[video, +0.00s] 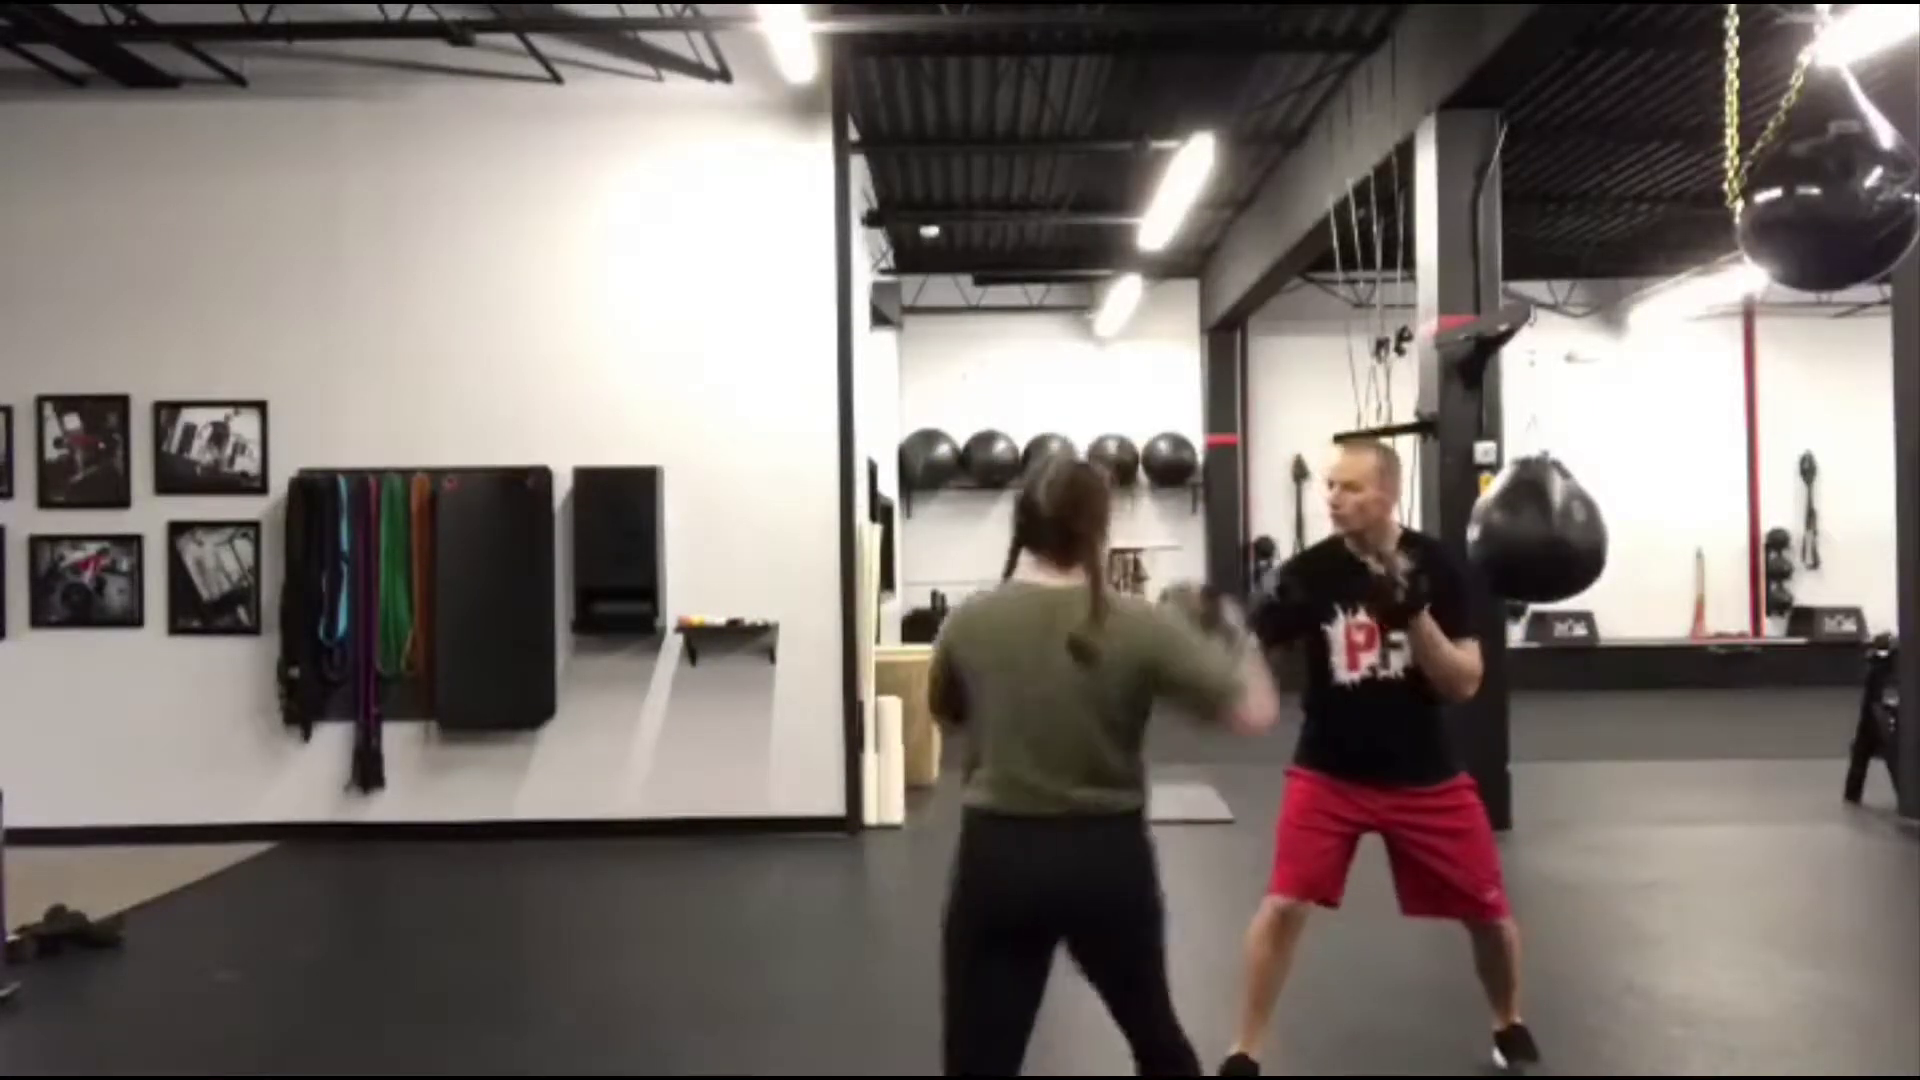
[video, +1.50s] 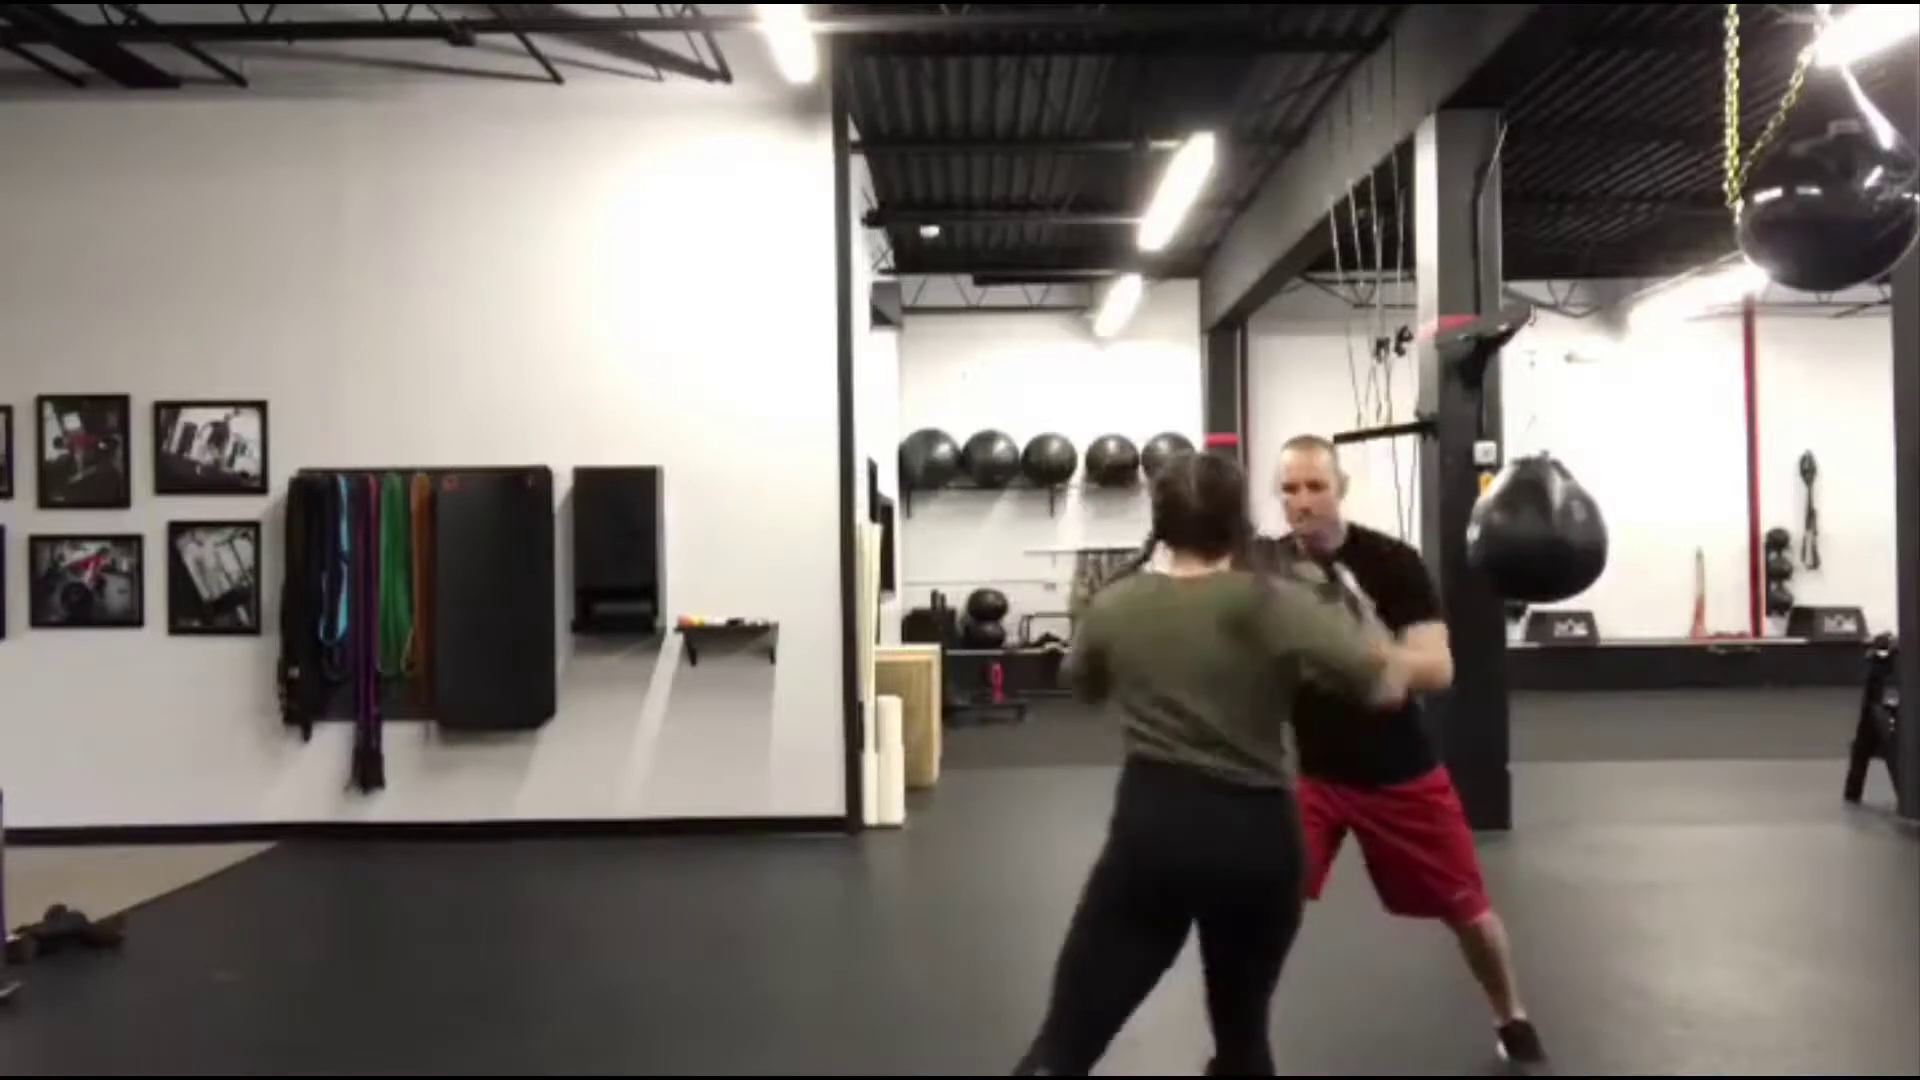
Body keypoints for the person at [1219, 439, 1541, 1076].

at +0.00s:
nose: (1335, 500)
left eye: (1349, 488)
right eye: (1331, 488)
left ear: (1389, 493)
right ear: (1327, 493)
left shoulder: (1439, 566)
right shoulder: (1310, 571)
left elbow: (1464, 680)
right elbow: (1253, 650)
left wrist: (1410, 615)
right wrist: (1258, 694)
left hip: (1429, 778)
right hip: (1327, 775)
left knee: (1491, 917)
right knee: (1284, 905)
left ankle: (1509, 1026)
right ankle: (1245, 1053)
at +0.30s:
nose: (1311, 488)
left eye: (1327, 477)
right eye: (1305, 477)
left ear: (1363, 487)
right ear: (1297, 486)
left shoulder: (1408, 557)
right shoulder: (1282, 566)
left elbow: (1439, 660)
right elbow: (1230, 639)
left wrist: (1384, 569)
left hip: (1409, 773)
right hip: (1308, 774)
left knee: (1479, 908)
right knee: (1276, 907)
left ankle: (1508, 1022)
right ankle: (1244, 1053)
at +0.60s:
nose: (1280, 492)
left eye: (1293, 480)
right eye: (1270, 480)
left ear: (1322, 485)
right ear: (1258, 485)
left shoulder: (1367, 552)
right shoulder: (1253, 564)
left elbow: (1376, 634)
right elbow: (1203, 636)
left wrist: (1327, 545)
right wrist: (1222, 550)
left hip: (1384, 778)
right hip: (1285, 775)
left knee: (1450, 924)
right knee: (1248, 906)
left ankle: (1498, 1022)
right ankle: (1241, 1053)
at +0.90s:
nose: (1363, 505)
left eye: (1376, 492)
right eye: (1352, 493)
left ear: (1403, 493)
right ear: (1339, 496)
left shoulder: (1424, 562)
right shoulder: (1312, 560)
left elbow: (1457, 663)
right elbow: (1242, 591)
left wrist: (1429, 582)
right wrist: (1239, 588)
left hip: (1406, 769)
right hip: (1320, 775)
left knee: (1480, 895)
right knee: (1298, 917)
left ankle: (1494, 1028)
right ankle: (1227, 1051)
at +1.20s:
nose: (1318, 489)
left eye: (1332, 478)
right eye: (1309, 478)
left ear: (1360, 484)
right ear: (1298, 484)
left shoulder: (1403, 554)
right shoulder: (1284, 564)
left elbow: (1455, 625)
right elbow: (1217, 640)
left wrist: (1402, 538)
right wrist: (1260, 598)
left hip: (1409, 779)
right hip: (1311, 777)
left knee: (1471, 916)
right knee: (1262, 913)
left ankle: (1494, 1030)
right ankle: (1226, 1051)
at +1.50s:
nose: (1301, 501)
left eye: (1314, 487)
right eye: (1289, 489)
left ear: (1342, 490)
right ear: (1278, 496)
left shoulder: (1391, 561)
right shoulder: (1266, 568)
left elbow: (1435, 665)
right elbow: (1234, 649)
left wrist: (1360, 660)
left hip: (1405, 778)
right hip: (1311, 778)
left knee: (1469, 914)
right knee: (1264, 914)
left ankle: (1514, 1022)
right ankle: (1235, 1047)